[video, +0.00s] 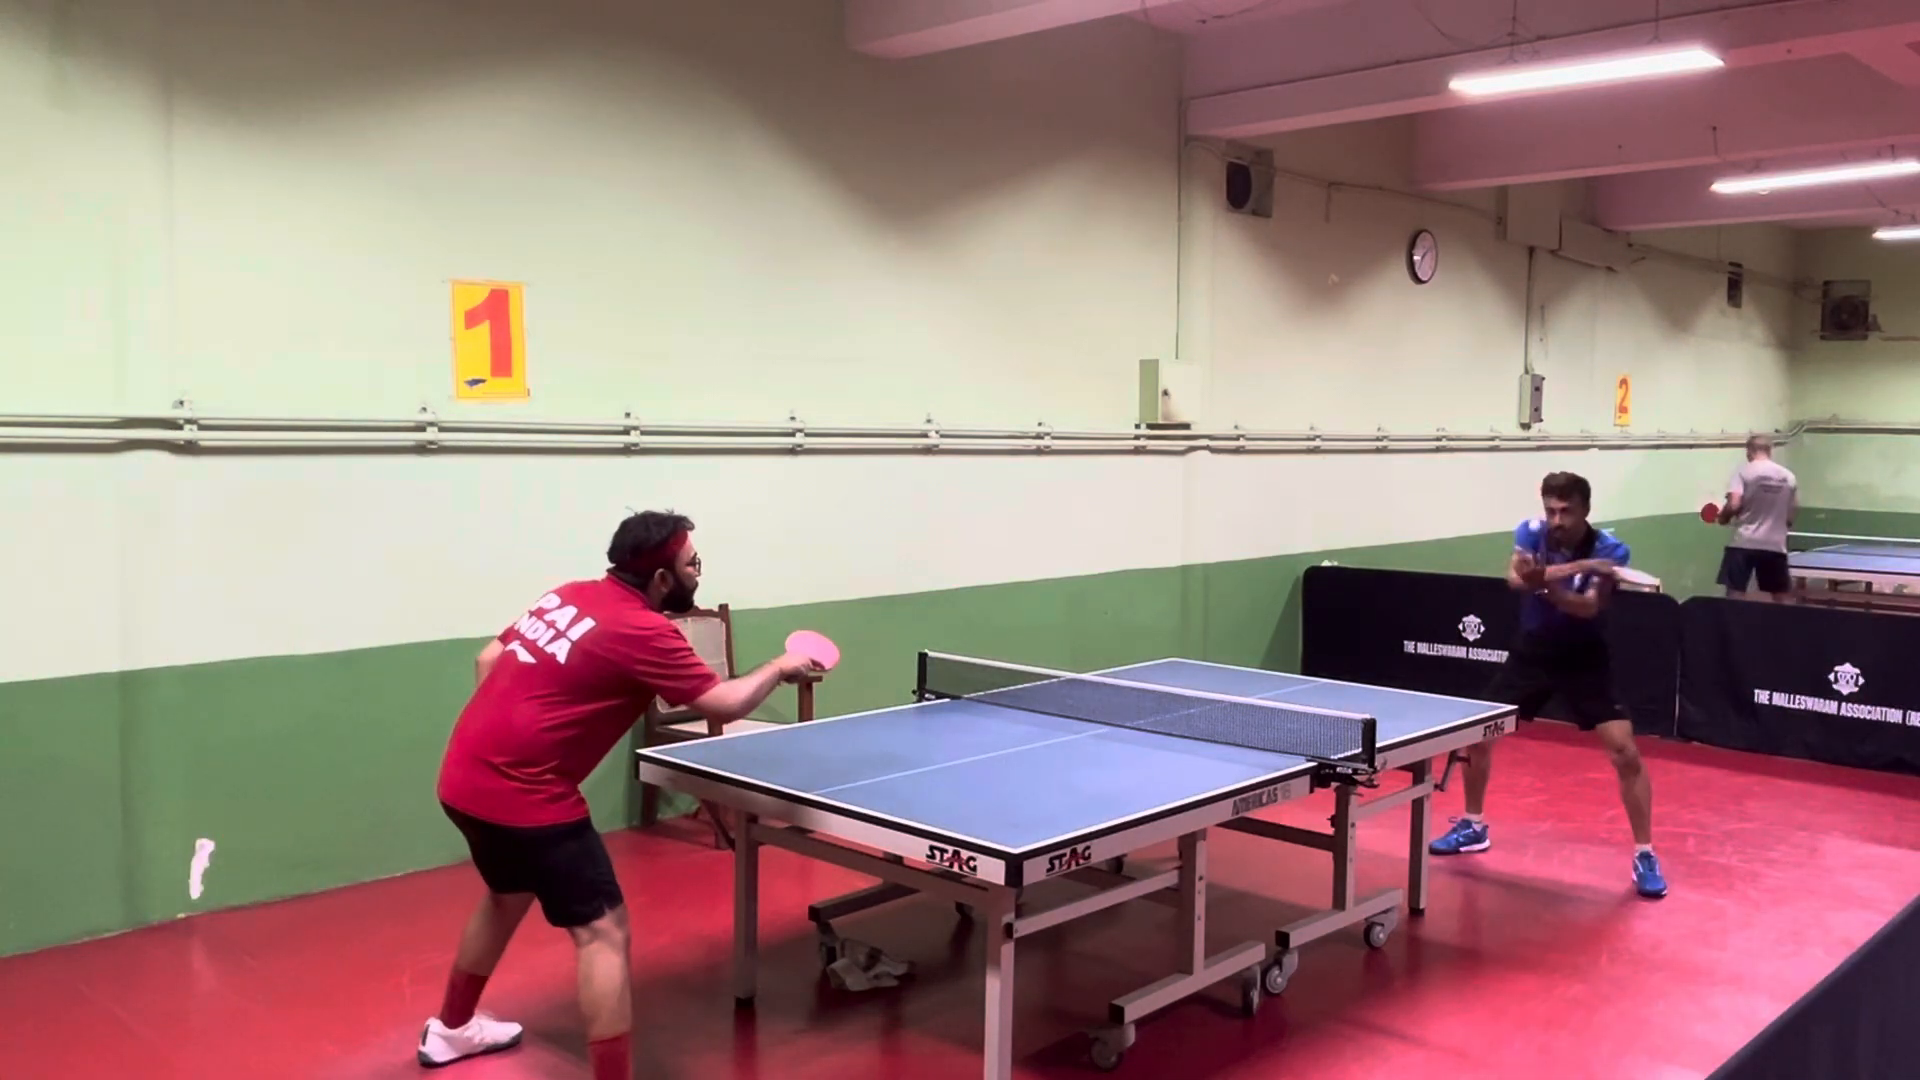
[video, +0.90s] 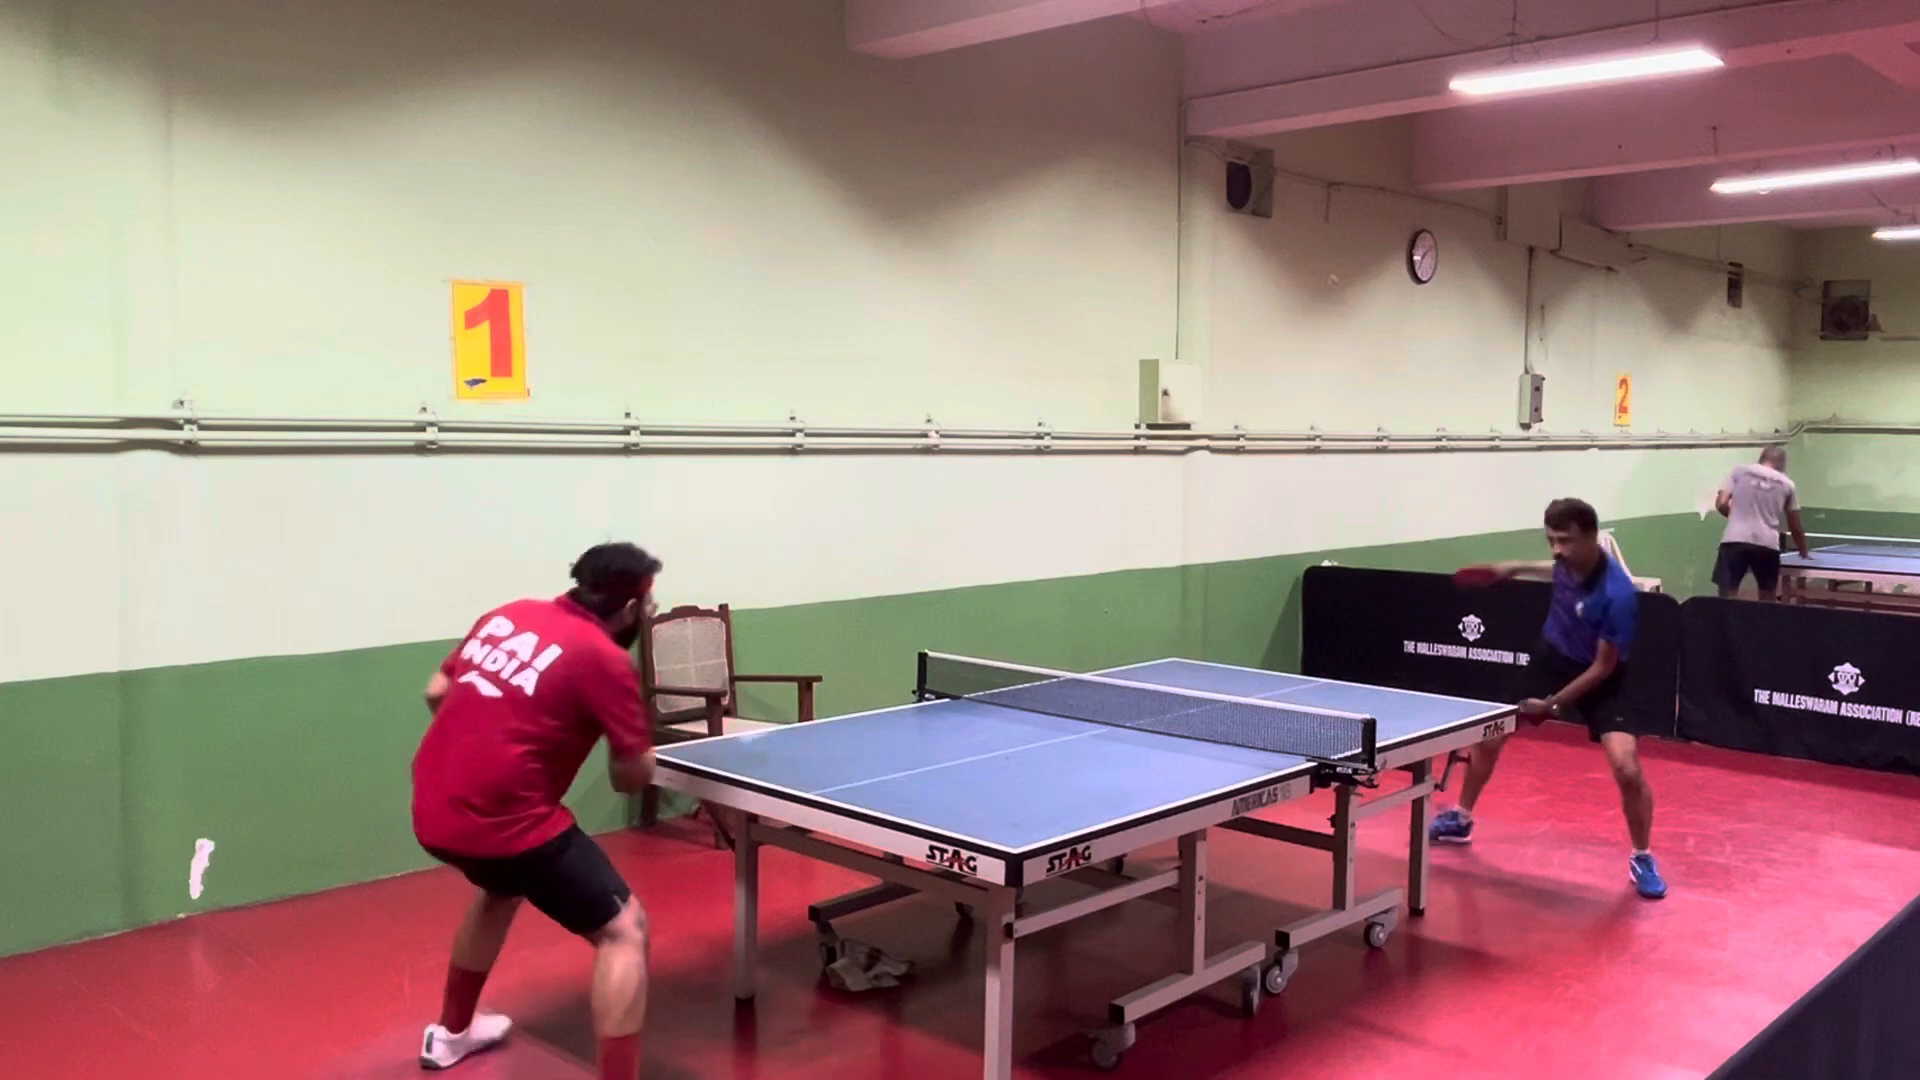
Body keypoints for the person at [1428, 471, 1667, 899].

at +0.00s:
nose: (1555, 521)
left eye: (1564, 512)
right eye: (1549, 512)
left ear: (1586, 512)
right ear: (1542, 510)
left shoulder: (1607, 550)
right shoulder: (1532, 534)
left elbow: (1592, 606)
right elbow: (1517, 580)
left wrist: (1545, 584)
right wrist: (1585, 566)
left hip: (1586, 662)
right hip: (1531, 656)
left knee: (1626, 753)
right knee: (1477, 732)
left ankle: (1645, 854)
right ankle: (1472, 824)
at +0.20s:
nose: (1561, 522)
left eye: (1570, 513)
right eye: (1554, 513)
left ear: (1589, 514)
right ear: (1546, 513)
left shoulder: (1615, 552)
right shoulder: (1531, 543)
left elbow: (1599, 622)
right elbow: (1557, 602)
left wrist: (1548, 623)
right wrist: (1627, 584)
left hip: (1589, 660)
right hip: (1533, 657)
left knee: (1631, 754)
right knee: (1475, 731)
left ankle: (1644, 854)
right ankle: (1472, 824)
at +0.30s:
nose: (1559, 550)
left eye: (1568, 539)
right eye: (1551, 540)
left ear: (1586, 533)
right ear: (1540, 534)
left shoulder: (1609, 560)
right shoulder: (1527, 560)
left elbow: (1597, 631)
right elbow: (1561, 623)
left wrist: (1550, 654)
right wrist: (1627, 599)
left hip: (1591, 662)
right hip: (1536, 660)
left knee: (1637, 755)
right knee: (1468, 736)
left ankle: (1644, 855)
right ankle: (1471, 824)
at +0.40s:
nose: (1558, 576)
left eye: (1564, 568)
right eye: (1550, 569)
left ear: (1578, 555)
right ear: (1539, 561)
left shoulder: (1609, 581)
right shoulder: (1528, 568)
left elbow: (1598, 647)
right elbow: (1525, 635)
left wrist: (1551, 689)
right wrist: (1589, 627)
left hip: (1592, 668)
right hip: (1538, 664)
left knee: (1642, 761)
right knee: (1470, 741)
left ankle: (1644, 856)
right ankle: (1471, 825)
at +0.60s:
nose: (1565, 594)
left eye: (1570, 586)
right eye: (1558, 587)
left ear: (1592, 570)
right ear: (1551, 573)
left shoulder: (1623, 617)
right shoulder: (1569, 559)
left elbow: (1601, 675)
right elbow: (1542, 526)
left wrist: (1556, 711)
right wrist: (1474, 534)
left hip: (1601, 684)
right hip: (1548, 670)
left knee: (1632, 769)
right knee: (1481, 728)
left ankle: (1642, 858)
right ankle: (1471, 824)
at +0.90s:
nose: (1556, 551)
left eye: (1563, 542)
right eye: (1553, 542)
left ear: (1590, 537)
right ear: (1554, 540)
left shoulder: (1618, 593)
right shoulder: (1570, 560)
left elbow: (1604, 665)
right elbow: (1554, 573)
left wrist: (1552, 702)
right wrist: (1505, 570)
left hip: (1600, 676)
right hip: (1551, 661)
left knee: (1627, 770)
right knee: (1491, 729)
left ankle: (1642, 858)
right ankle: (1461, 817)